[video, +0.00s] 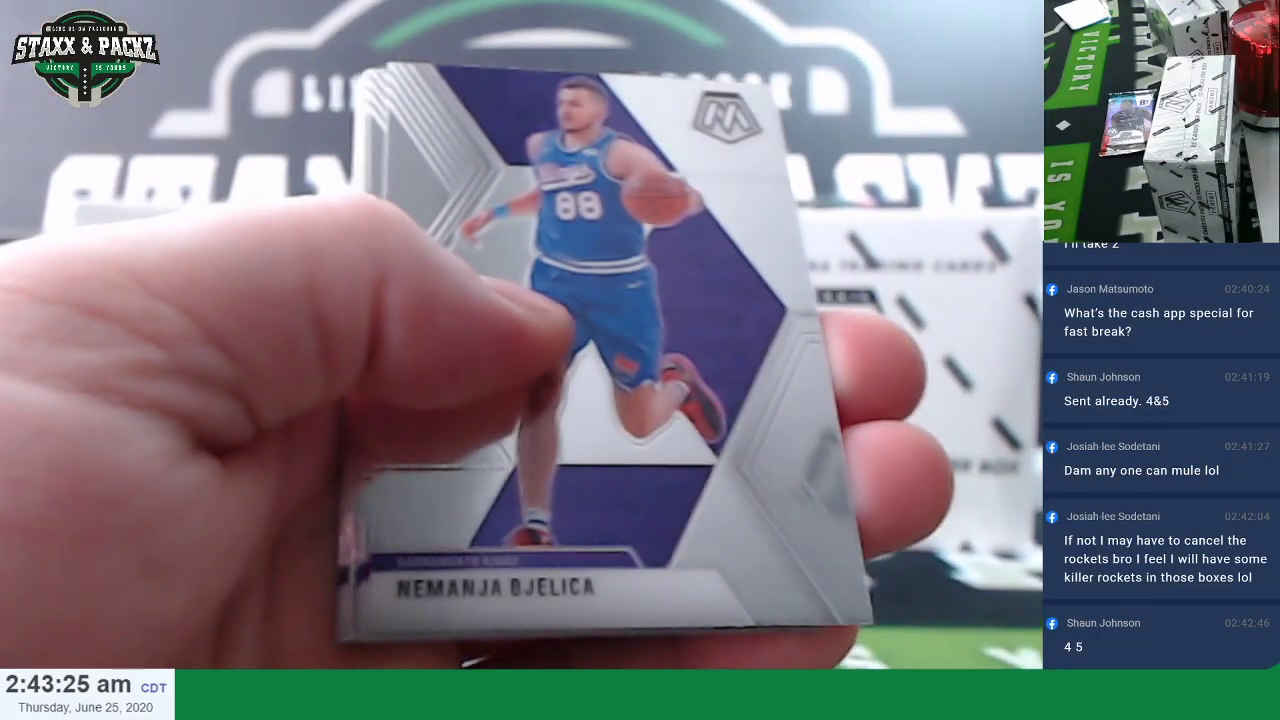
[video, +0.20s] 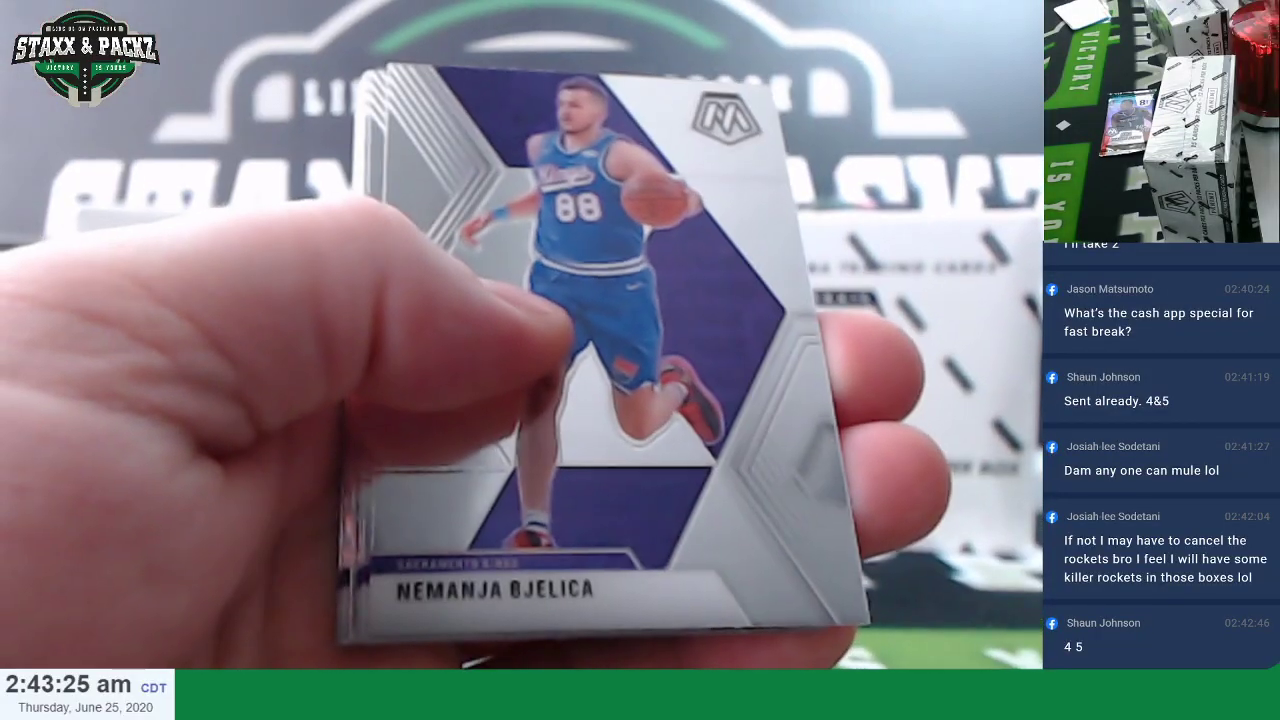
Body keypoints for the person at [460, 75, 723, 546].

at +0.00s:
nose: (568, 109)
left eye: (578, 102)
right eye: (563, 102)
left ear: (602, 111)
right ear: (555, 110)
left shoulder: (622, 154)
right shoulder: (539, 147)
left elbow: (679, 194)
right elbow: (550, 193)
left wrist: (677, 203)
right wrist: (495, 213)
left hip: (622, 290)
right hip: (555, 284)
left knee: (639, 422)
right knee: (538, 398)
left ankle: (682, 383)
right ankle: (536, 526)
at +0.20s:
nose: (567, 110)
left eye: (578, 103)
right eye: (562, 103)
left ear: (602, 112)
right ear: (555, 112)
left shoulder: (621, 154)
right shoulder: (539, 148)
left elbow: (684, 197)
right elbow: (548, 194)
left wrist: (678, 203)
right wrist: (494, 215)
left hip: (621, 292)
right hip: (554, 286)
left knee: (638, 424)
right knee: (537, 399)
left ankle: (681, 384)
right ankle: (535, 529)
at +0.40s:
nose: (554, 102)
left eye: (564, 95)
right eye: (549, 95)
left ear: (588, 103)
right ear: (542, 102)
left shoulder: (609, 146)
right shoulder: (526, 139)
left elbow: (673, 189)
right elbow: (535, 186)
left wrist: (665, 195)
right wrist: (481, 207)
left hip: (608, 283)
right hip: (541, 277)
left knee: (625, 415)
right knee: (524, 392)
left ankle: (667, 376)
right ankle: (523, 521)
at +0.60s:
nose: (559, 100)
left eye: (570, 93)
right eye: (555, 94)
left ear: (593, 103)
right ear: (547, 103)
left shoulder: (613, 146)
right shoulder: (531, 138)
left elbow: (667, 187)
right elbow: (541, 186)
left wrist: (671, 194)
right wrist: (486, 207)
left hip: (614, 284)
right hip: (547, 278)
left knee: (633, 415)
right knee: (530, 393)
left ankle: (675, 377)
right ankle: (531, 524)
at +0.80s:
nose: (560, 106)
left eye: (570, 99)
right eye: (555, 99)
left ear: (593, 107)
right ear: (547, 107)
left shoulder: (613, 150)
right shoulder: (531, 142)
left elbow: (658, 187)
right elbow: (541, 190)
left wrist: (665, 199)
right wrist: (487, 210)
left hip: (613, 287)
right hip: (546, 281)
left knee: (630, 417)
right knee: (528, 396)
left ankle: (673, 380)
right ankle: (528, 524)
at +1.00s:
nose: (555, 100)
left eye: (565, 93)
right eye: (550, 93)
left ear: (588, 100)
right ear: (543, 101)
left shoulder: (608, 143)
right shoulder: (528, 136)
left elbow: (655, 180)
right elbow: (538, 185)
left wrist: (658, 191)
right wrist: (483, 204)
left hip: (610, 280)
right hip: (544, 275)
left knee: (629, 408)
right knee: (527, 388)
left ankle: (672, 372)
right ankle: (527, 517)